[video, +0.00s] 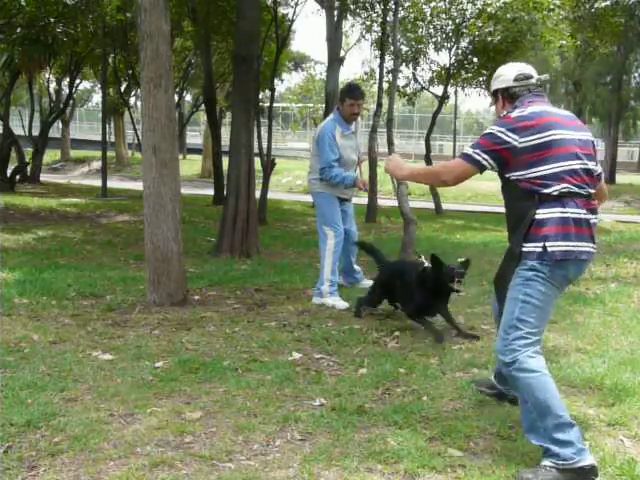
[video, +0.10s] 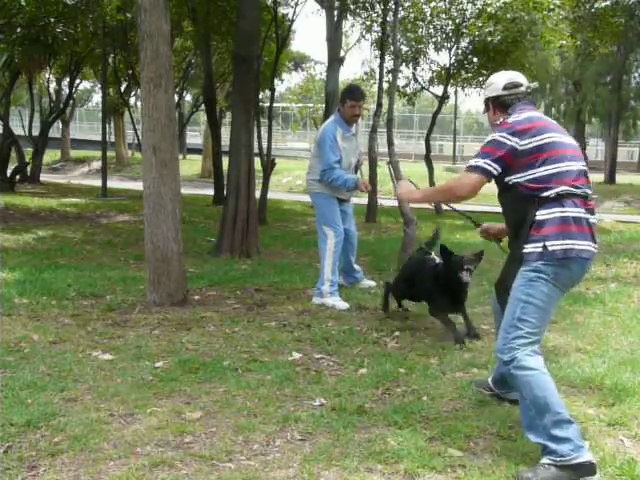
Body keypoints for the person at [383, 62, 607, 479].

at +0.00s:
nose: (494, 109)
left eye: (494, 103)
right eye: (493, 103)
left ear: (504, 97)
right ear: (536, 92)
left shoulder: (511, 125)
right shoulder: (576, 124)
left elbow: (452, 173)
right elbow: (599, 193)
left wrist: (405, 172)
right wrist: (562, 217)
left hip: (546, 245)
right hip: (579, 244)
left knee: (516, 350)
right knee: (507, 300)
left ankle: (569, 456)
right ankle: (509, 382)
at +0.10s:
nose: (487, 117)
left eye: (487, 110)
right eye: (487, 110)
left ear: (496, 107)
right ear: (524, 101)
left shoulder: (510, 130)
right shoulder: (551, 128)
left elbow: (466, 187)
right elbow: (561, 200)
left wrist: (416, 195)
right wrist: (509, 228)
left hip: (551, 247)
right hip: (577, 245)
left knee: (516, 350)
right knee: (506, 294)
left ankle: (568, 453)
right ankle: (505, 383)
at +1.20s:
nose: (486, 132)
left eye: (486, 124)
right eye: (485, 125)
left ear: (495, 117)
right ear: (528, 111)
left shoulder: (500, 141)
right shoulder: (574, 137)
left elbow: (456, 209)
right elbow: (617, 203)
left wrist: (422, 239)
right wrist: (634, 263)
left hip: (553, 254)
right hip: (595, 253)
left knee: (522, 362)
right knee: (532, 315)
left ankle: (584, 464)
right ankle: (505, 384)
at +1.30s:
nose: (487, 132)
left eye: (487, 125)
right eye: (487, 126)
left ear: (496, 118)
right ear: (528, 113)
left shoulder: (504, 139)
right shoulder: (573, 139)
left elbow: (472, 203)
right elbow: (615, 207)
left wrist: (430, 244)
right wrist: (632, 261)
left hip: (558, 254)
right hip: (596, 253)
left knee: (520, 362)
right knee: (523, 307)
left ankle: (583, 463)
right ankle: (520, 386)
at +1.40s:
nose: (482, 138)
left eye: (482, 130)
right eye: (481, 131)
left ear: (493, 126)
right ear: (519, 122)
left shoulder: (511, 140)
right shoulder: (539, 140)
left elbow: (508, 193)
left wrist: (461, 244)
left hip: (573, 249)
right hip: (595, 246)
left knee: (519, 355)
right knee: (525, 313)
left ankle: (581, 460)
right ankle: (525, 387)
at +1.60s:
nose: (483, 142)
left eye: (482, 133)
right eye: (482, 134)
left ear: (495, 129)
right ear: (507, 127)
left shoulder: (528, 139)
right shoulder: (522, 164)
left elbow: (567, 180)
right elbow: (530, 243)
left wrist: (525, 239)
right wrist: (503, 299)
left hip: (594, 253)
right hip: (573, 256)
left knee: (558, 364)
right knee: (532, 318)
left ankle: (627, 463)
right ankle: (527, 390)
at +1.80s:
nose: (481, 140)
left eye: (481, 131)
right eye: (480, 131)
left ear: (493, 125)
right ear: (505, 123)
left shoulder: (544, 135)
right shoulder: (519, 171)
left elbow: (600, 172)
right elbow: (520, 238)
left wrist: (554, 231)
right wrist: (501, 296)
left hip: (613, 253)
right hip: (575, 256)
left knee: (570, 361)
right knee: (525, 316)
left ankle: (626, 467)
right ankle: (529, 393)